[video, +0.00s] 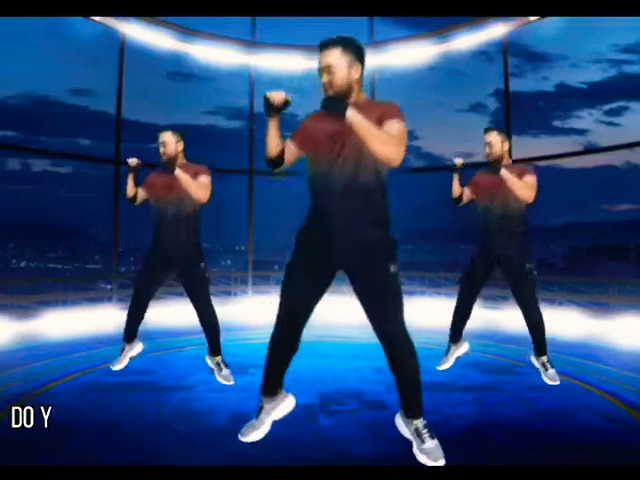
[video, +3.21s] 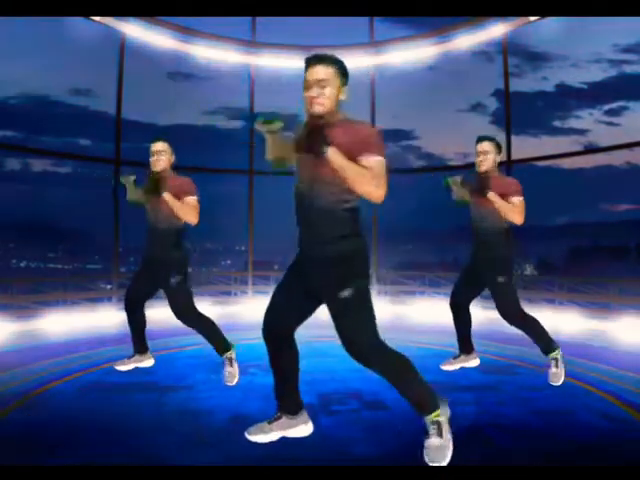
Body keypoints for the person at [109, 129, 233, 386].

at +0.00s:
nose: (162, 149)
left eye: (166, 144)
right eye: (160, 145)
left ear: (180, 146)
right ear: (159, 149)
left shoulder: (199, 173)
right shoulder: (156, 178)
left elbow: (202, 196)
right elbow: (134, 198)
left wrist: (177, 171)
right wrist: (132, 172)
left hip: (189, 251)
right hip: (160, 250)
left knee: (203, 305)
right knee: (140, 297)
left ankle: (216, 356)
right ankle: (129, 343)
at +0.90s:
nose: (150, 160)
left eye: (153, 156)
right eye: (150, 156)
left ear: (165, 158)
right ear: (159, 159)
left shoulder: (179, 180)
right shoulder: (158, 182)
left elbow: (191, 206)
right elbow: (159, 209)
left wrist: (160, 192)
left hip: (174, 256)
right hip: (158, 255)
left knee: (179, 315)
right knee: (137, 299)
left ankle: (227, 356)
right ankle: (140, 353)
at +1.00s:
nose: (156, 164)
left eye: (160, 160)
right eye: (155, 160)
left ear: (169, 162)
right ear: (161, 162)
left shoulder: (170, 180)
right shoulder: (173, 182)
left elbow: (140, 183)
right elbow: (139, 183)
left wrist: (117, 178)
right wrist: (121, 180)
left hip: (172, 256)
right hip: (160, 255)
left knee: (180, 315)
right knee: (136, 297)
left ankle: (230, 356)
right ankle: (140, 352)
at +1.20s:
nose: (146, 160)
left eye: (150, 155)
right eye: (146, 156)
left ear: (163, 157)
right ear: (151, 159)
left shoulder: (179, 178)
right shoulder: (153, 182)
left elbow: (175, 197)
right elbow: (145, 211)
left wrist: (153, 179)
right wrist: (143, 189)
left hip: (177, 256)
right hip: (157, 255)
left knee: (191, 310)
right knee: (136, 300)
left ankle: (232, 358)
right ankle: (140, 354)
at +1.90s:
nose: (169, 163)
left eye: (173, 158)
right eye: (164, 159)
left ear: (182, 160)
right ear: (159, 163)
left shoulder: (197, 185)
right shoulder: (155, 193)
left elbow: (210, 215)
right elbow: (138, 219)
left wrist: (187, 188)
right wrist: (129, 195)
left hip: (193, 263)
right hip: (162, 263)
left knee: (210, 316)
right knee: (137, 306)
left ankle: (218, 362)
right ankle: (139, 353)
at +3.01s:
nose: (175, 156)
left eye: (180, 151)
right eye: (170, 151)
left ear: (189, 155)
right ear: (165, 155)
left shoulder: (200, 182)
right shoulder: (154, 180)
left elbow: (212, 213)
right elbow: (123, 190)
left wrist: (192, 188)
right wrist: (107, 178)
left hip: (190, 259)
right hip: (159, 257)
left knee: (206, 314)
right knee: (135, 302)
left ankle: (213, 365)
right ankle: (142, 353)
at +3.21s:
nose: (156, 158)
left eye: (161, 154)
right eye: (153, 155)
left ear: (172, 158)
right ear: (149, 160)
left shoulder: (183, 184)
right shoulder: (152, 185)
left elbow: (192, 217)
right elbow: (140, 199)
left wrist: (168, 199)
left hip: (174, 257)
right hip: (154, 256)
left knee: (185, 312)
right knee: (133, 300)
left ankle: (228, 353)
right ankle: (141, 354)